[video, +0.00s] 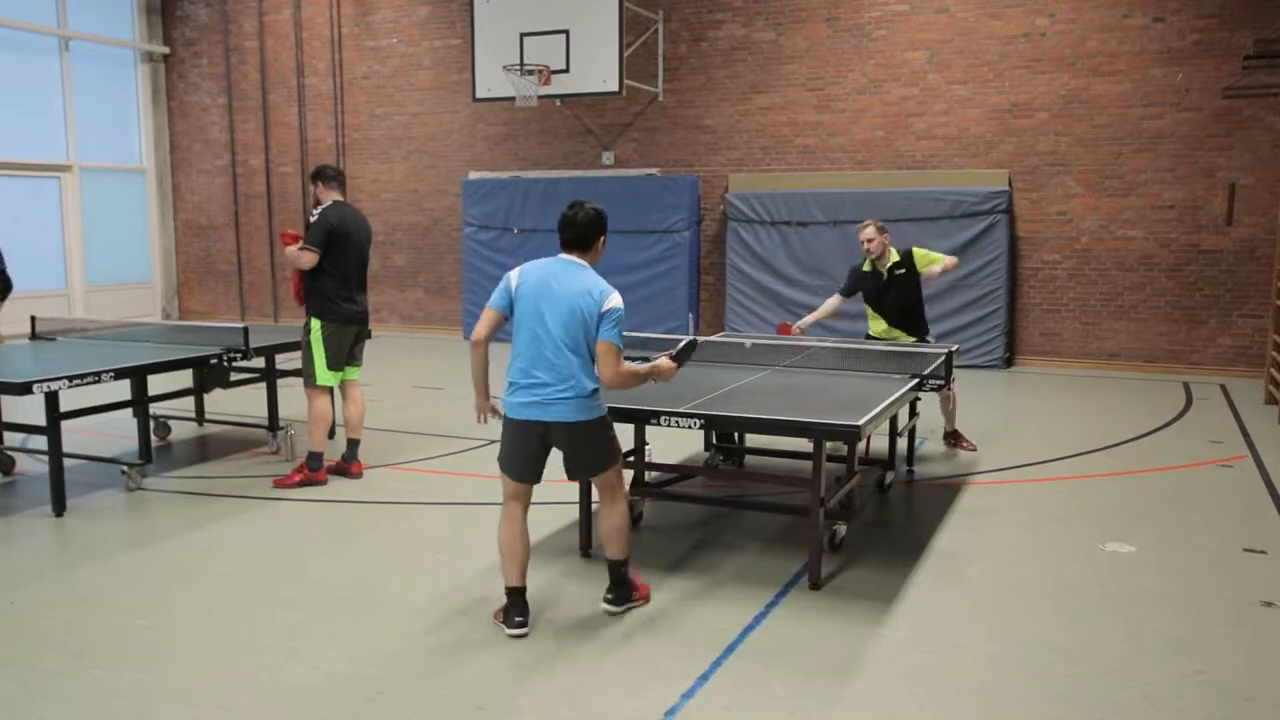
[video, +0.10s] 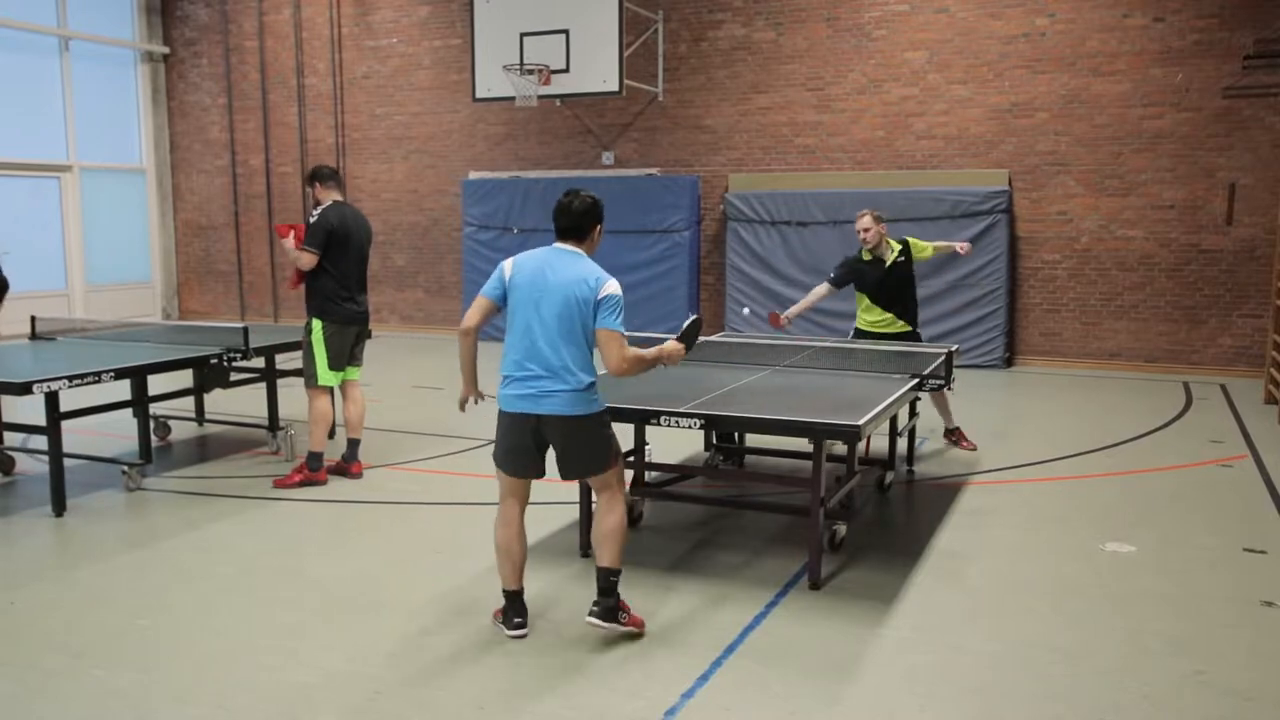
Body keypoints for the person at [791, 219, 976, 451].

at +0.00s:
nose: (866, 247)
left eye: (870, 241)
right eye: (862, 243)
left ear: (886, 238)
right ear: (861, 245)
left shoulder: (910, 257)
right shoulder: (860, 272)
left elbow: (953, 260)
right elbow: (836, 301)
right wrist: (806, 321)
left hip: (916, 340)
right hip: (878, 341)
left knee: (946, 387)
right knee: (861, 388)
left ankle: (951, 432)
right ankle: (860, 441)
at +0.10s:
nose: (862, 236)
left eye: (867, 230)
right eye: (859, 232)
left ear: (882, 229)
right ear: (856, 234)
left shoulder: (906, 247)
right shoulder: (855, 264)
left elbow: (933, 248)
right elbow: (821, 291)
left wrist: (955, 246)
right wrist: (789, 314)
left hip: (905, 334)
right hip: (867, 335)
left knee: (933, 380)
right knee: (852, 384)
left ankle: (951, 429)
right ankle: (855, 435)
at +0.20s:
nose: (850, 232)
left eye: (855, 227)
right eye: (847, 228)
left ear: (870, 226)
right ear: (844, 231)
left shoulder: (882, 245)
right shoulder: (845, 261)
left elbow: (896, 250)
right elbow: (810, 284)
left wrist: (927, 252)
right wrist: (772, 302)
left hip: (887, 330)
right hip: (853, 332)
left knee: (916, 375)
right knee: (828, 376)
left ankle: (941, 423)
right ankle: (805, 423)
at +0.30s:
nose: (839, 253)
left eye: (842, 247)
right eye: (834, 250)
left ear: (855, 246)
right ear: (831, 253)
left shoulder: (863, 260)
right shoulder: (832, 274)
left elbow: (871, 267)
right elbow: (816, 284)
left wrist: (888, 278)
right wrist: (798, 279)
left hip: (866, 330)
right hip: (835, 334)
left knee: (903, 369)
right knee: (817, 381)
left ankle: (915, 426)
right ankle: (796, 436)